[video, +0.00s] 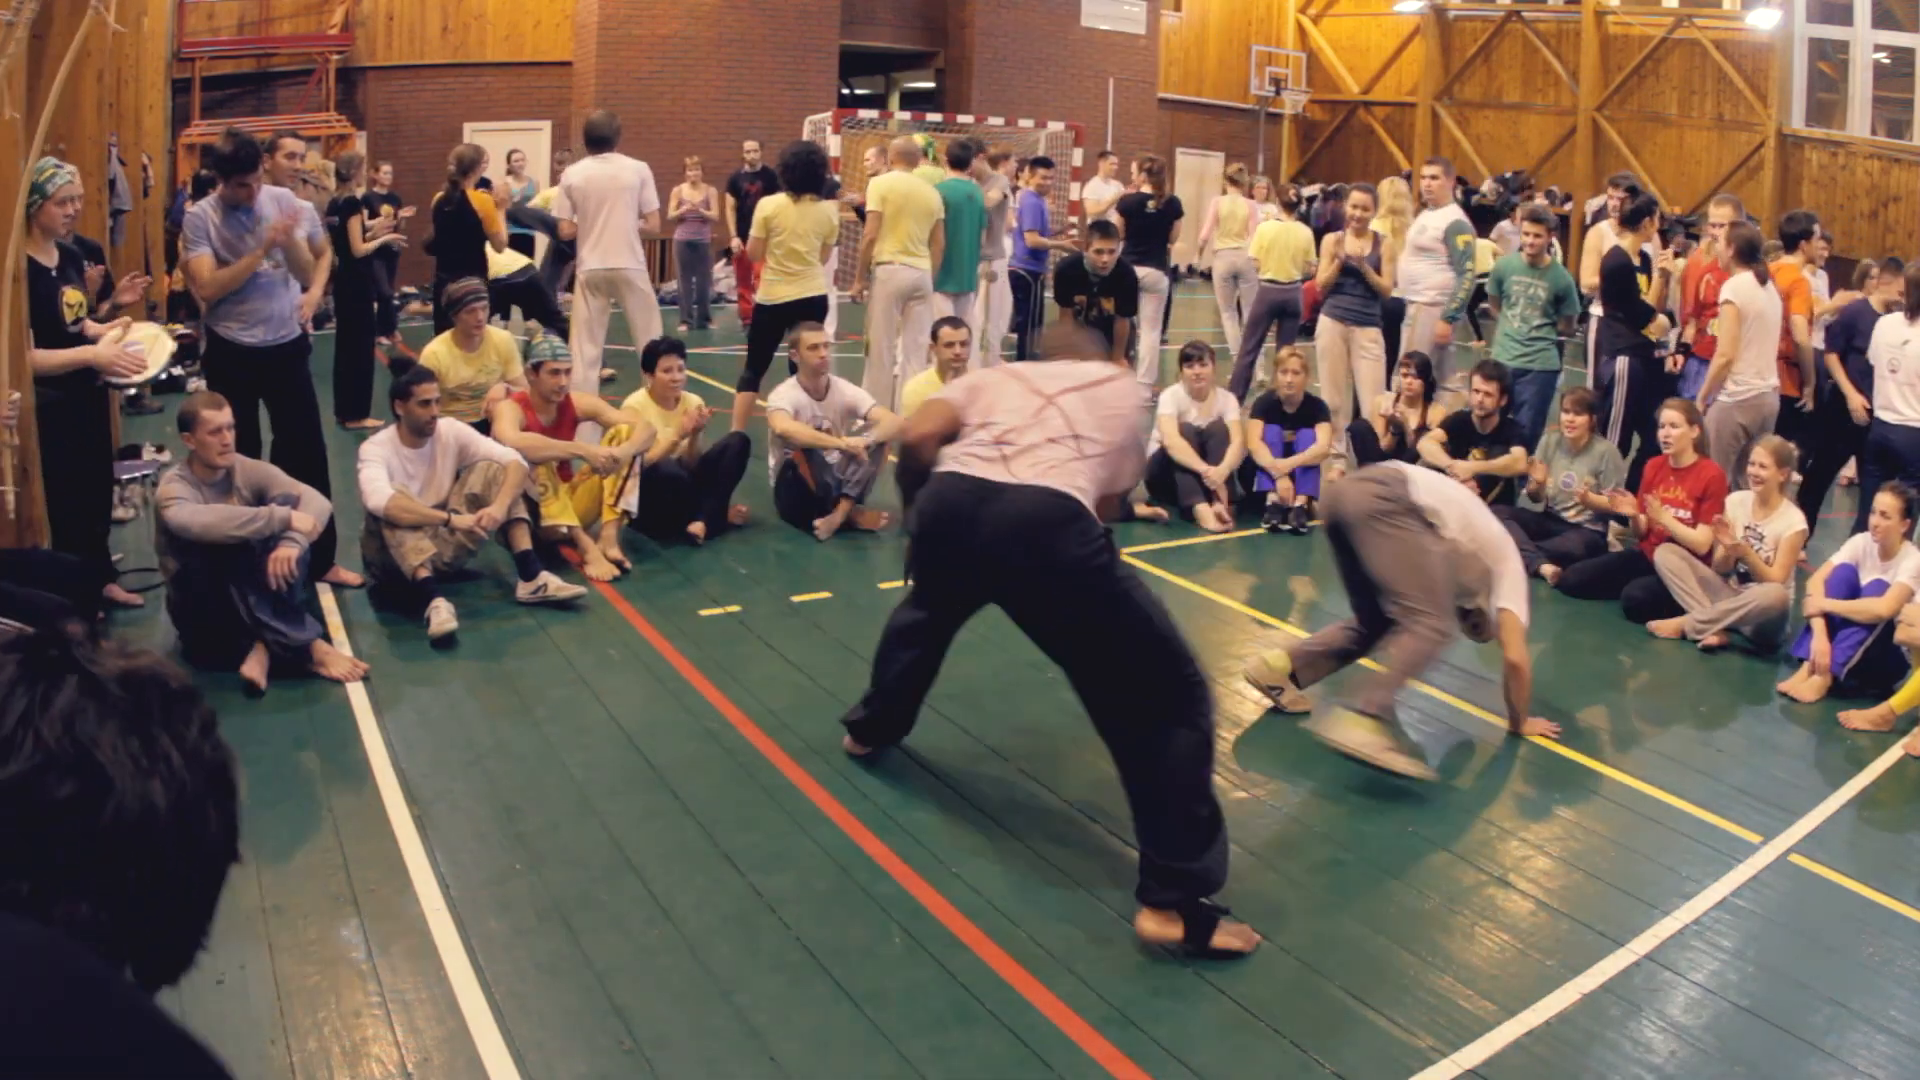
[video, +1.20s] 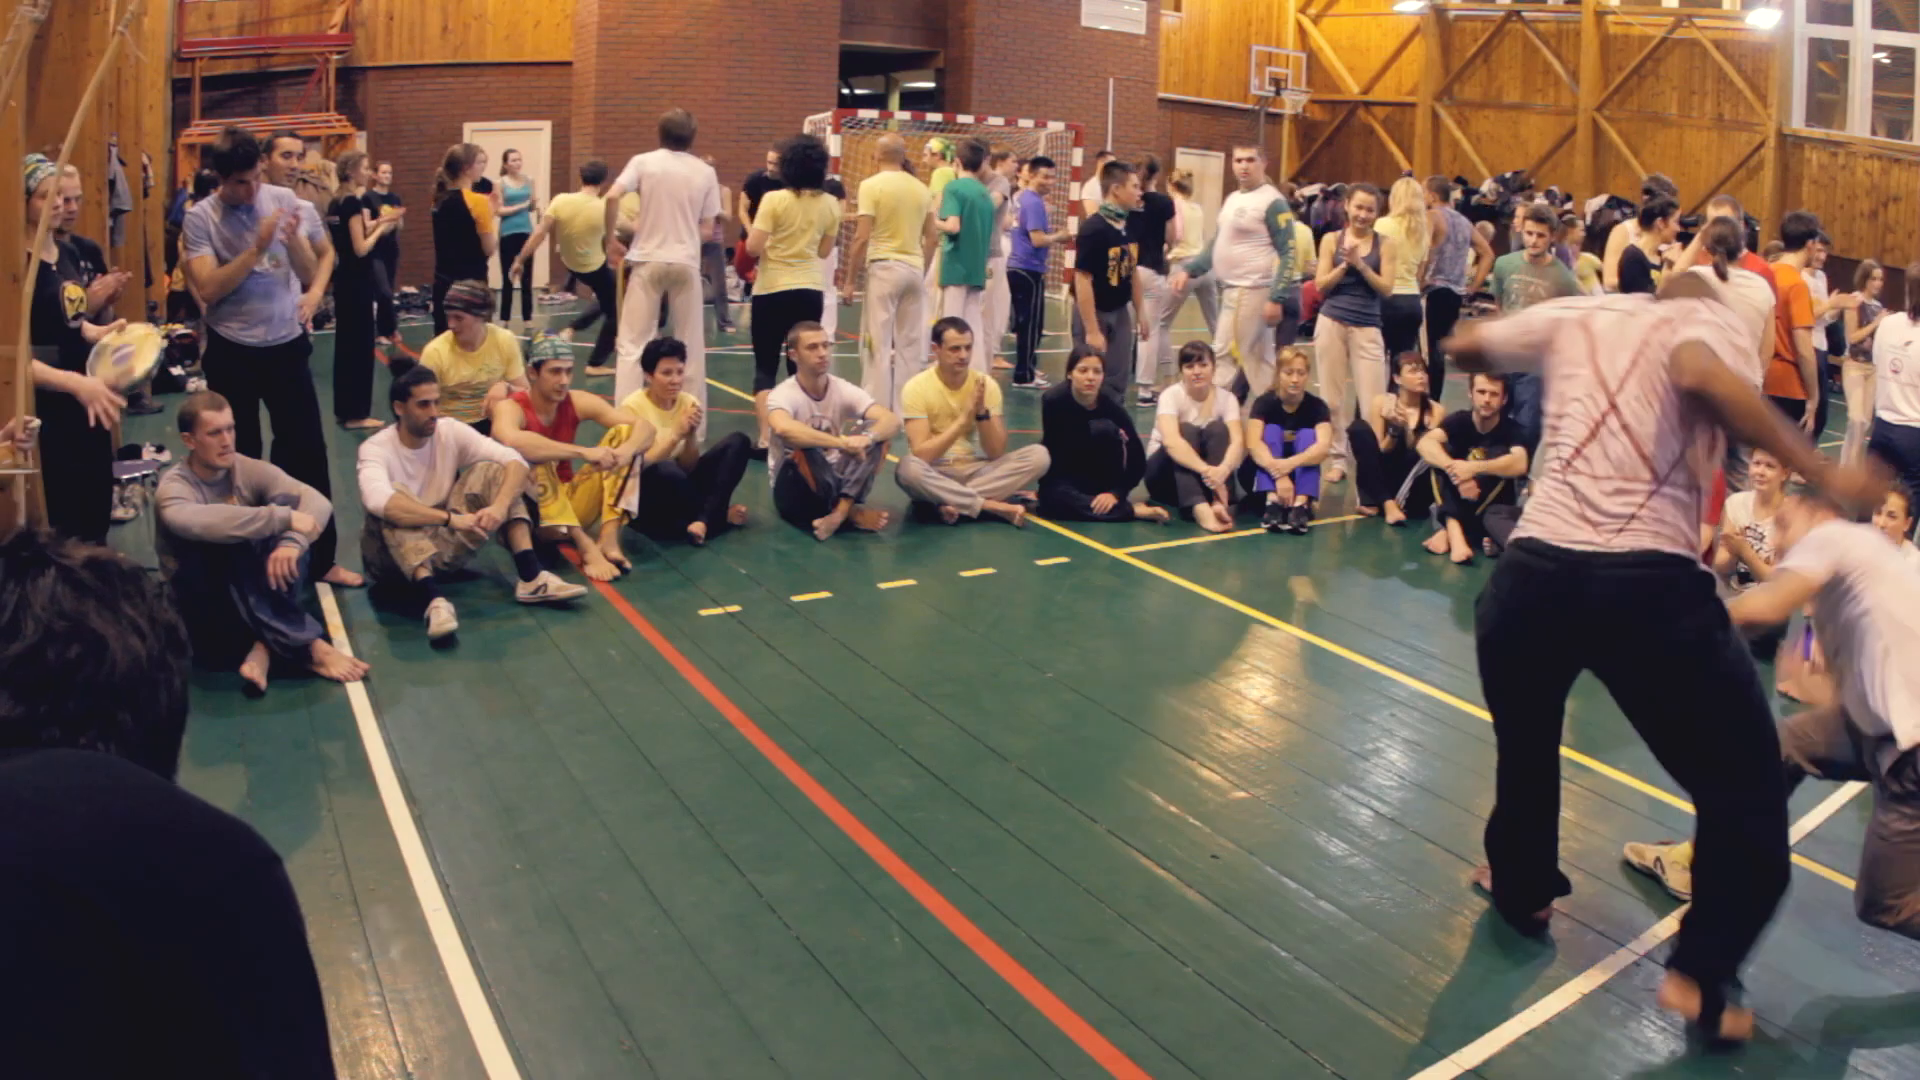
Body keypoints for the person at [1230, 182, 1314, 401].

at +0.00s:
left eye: (1277, 201)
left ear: (1277, 204)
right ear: (1298, 206)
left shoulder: (1265, 228)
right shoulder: (1305, 232)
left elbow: (1254, 257)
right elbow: (1311, 266)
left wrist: (1267, 272)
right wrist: (1293, 275)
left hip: (1267, 287)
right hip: (1293, 288)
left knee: (1250, 347)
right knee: (1286, 349)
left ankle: (1235, 398)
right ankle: (1284, 402)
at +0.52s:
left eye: (1278, 202)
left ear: (1278, 203)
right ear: (1299, 205)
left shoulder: (1267, 229)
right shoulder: (1306, 232)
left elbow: (1255, 259)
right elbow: (1309, 263)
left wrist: (1264, 278)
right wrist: (1300, 280)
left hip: (1268, 286)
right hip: (1294, 287)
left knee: (1251, 344)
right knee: (1287, 346)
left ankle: (1236, 396)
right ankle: (1285, 398)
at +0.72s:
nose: (1309, 169)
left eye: (1316, 163)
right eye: (1303, 163)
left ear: (1330, 166)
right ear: (1297, 168)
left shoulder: (1338, 201)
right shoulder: (1298, 199)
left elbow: (1345, 248)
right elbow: (1285, 246)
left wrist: (1332, 289)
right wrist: (1263, 286)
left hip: (1318, 293)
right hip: (1292, 292)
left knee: (1316, 364)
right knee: (1287, 359)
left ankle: (1319, 423)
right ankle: (1283, 419)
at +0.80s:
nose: (1298, 168)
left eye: (1304, 162)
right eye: (1292, 162)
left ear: (1317, 165)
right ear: (1286, 167)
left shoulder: (1328, 202)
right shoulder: (1286, 199)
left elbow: (1337, 250)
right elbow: (1271, 246)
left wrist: (1330, 289)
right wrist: (1249, 282)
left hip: (1309, 288)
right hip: (1282, 287)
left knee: (1302, 358)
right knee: (1280, 356)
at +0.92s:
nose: (1282, 166)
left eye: (1288, 161)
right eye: (1277, 161)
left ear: (1300, 163)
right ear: (1270, 166)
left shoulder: (1311, 200)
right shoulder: (1270, 198)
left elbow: (1327, 251)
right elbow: (1253, 242)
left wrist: (1319, 297)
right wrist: (1230, 276)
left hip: (1293, 287)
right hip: (1268, 285)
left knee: (1265, 355)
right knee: (1266, 355)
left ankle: (1267, 417)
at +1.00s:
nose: (1272, 166)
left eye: (1278, 160)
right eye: (1266, 161)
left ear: (1291, 164)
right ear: (1260, 166)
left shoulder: (1302, 201)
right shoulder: (1258, 198)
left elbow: (1316, 251)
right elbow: (1242, 241)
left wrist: (1306, 296)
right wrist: (1217, 275)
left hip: (1282, 287)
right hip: (1259, 286)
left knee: (1250, 357)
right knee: (1274, 357)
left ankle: (1250, 427)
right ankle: (1275, 425)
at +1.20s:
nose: (1243, 166)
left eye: (1249, 161)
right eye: (1238, 161)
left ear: (1263, 164)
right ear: (1232, 166)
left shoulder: (1273, 201)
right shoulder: (1233, 198)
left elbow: (1290, 253)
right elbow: (1218, 245)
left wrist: (1277, 298)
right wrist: (1188, 270)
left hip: (1255, 288)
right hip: (1230, 287)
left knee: (1224, 352)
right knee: (1258, 357)